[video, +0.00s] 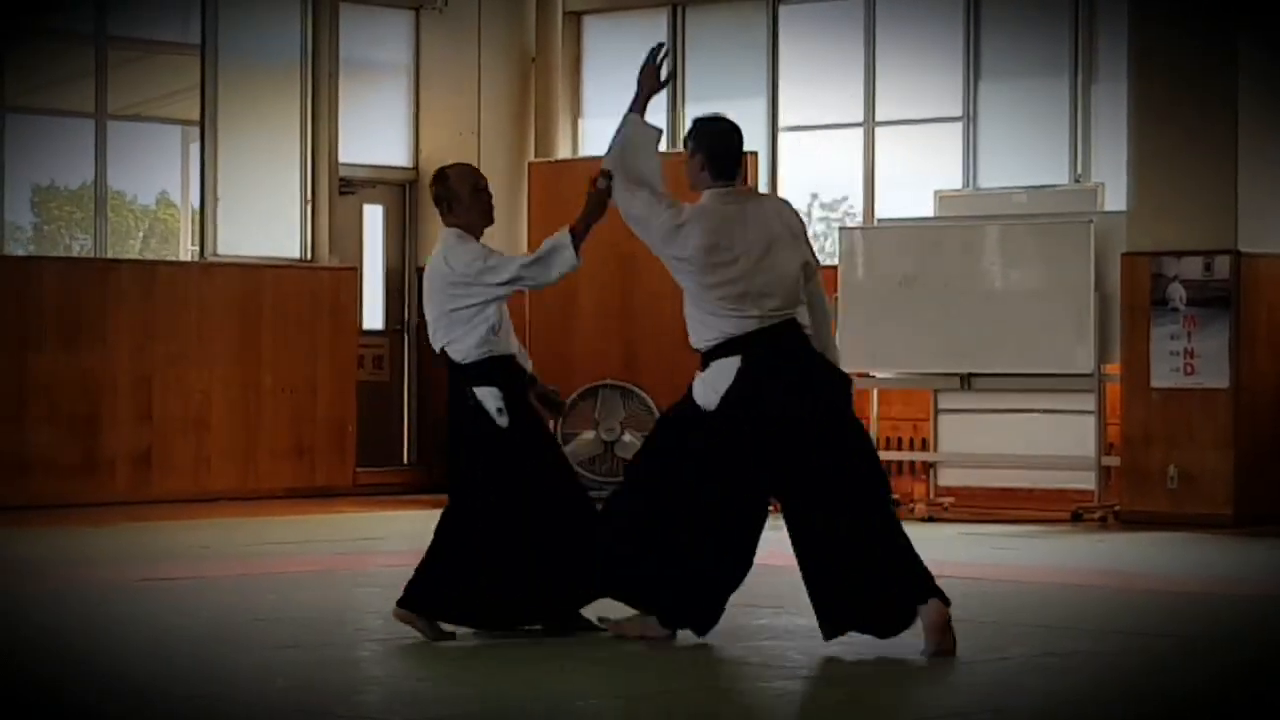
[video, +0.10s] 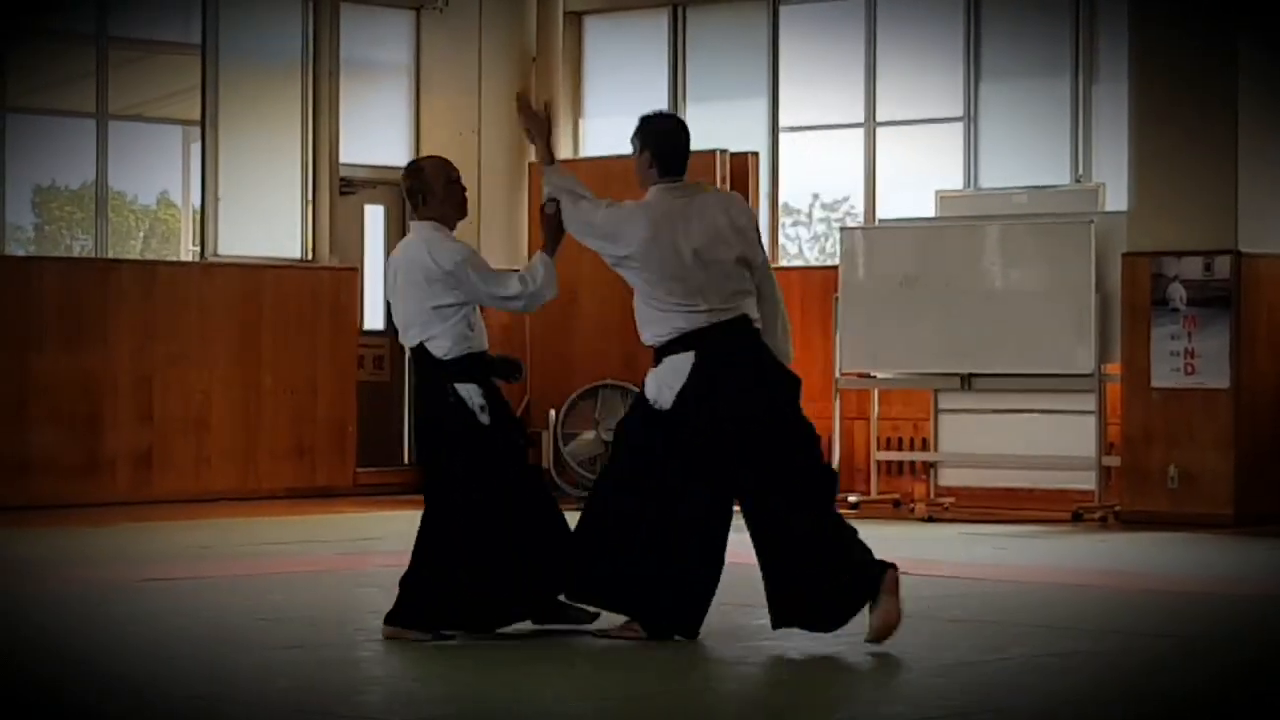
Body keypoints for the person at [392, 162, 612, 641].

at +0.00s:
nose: (491, 198)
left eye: (488, 190)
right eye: (479, 192)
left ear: (457, 207)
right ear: (452, 204)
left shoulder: (452, 256)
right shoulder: (463, 257)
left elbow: (488, 338)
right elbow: (532, 268)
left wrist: (531, 385)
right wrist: (589, 217)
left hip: (480, 387)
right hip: (486, 390)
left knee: (478, 498)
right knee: (555, 490)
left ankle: (423, 600)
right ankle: (556, 606)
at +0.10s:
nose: (464, 191)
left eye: (461, 183)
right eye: (453, 185)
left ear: (420, 200)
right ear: (426, 196)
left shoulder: (401, 255)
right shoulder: (445, 251)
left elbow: (421, 337)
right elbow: (521, 291)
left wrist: (487, 363)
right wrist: (551, 242)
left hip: (431, 389)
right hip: (463, 391)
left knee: (450, 499)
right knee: (519, 487)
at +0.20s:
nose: (440, 193)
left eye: (436, 185)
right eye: (431, 186)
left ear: (392, 197)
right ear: (406, 195)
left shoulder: (366, 254)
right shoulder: (420, 256)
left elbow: (387, 328)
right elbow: (478, 311)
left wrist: (448, 342)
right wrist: (501, 278)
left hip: (393, 387)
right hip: (429, 391)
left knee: (416, 500)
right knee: (457, 496)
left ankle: (414, 610)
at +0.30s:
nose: (407, 196)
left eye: (405, 187)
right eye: (402, 187)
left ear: (355, 195)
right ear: (385, 193)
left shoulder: (333, 252)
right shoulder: (394, 250)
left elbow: (326, 330)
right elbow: (459, 301)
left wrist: (359, 366)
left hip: (362, 392)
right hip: (402, 392)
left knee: (396, 497)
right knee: (440, 495)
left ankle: (342, 582)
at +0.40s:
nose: (376, 196)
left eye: (374, 187)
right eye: (371, 188)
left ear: (323, 196)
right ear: (353, 194)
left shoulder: (296, 254)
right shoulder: (372, 242)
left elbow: (291, 333)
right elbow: (420, 288)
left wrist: (318, 372)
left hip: (327, 390)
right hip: (375, 388)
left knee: (335, 499)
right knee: (416, 492)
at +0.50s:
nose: (342, 193)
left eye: (338, 184)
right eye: (338, 185)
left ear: (291, 196)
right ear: (327, 190)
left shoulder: (265, 252)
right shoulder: (351, 237)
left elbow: (261, 330)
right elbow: (363, 290)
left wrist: (281, 375)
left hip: (287, 385)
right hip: (338, 384)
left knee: (260, 497)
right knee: (381, 491)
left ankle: (206, 606)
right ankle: (387, 611)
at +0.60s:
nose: (314, 188)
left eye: (311, 181)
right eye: (311, 181)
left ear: (261, 191)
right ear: (301, 185)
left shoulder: (233, 244)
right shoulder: (322, 229)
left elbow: (229, 322)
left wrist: (238, 375)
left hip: (254, 375)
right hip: (304, 374)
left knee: (244, 495)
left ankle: (217, 617)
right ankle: (361, 606)